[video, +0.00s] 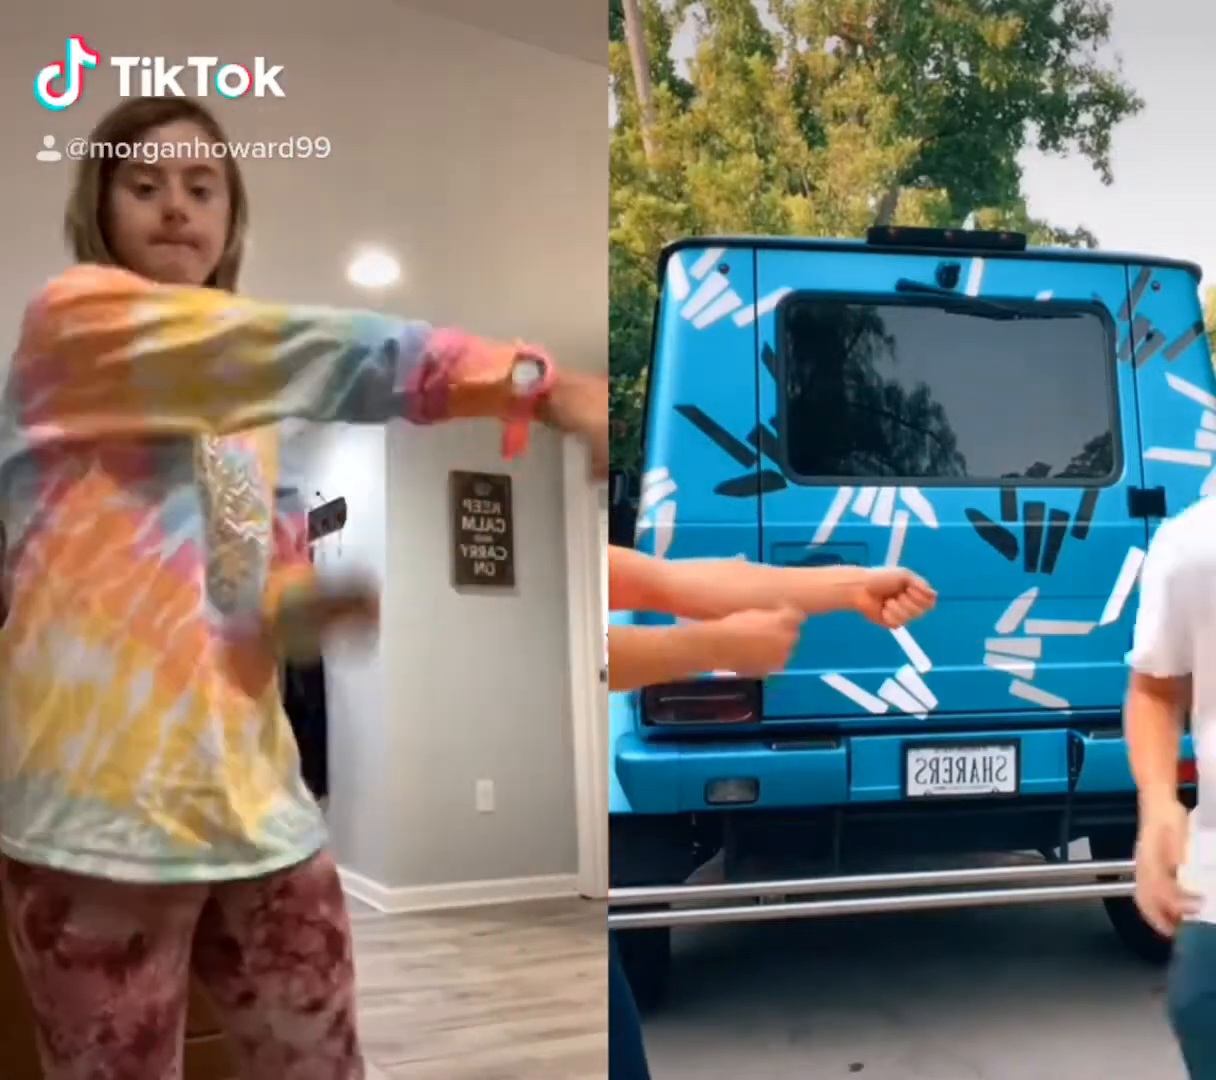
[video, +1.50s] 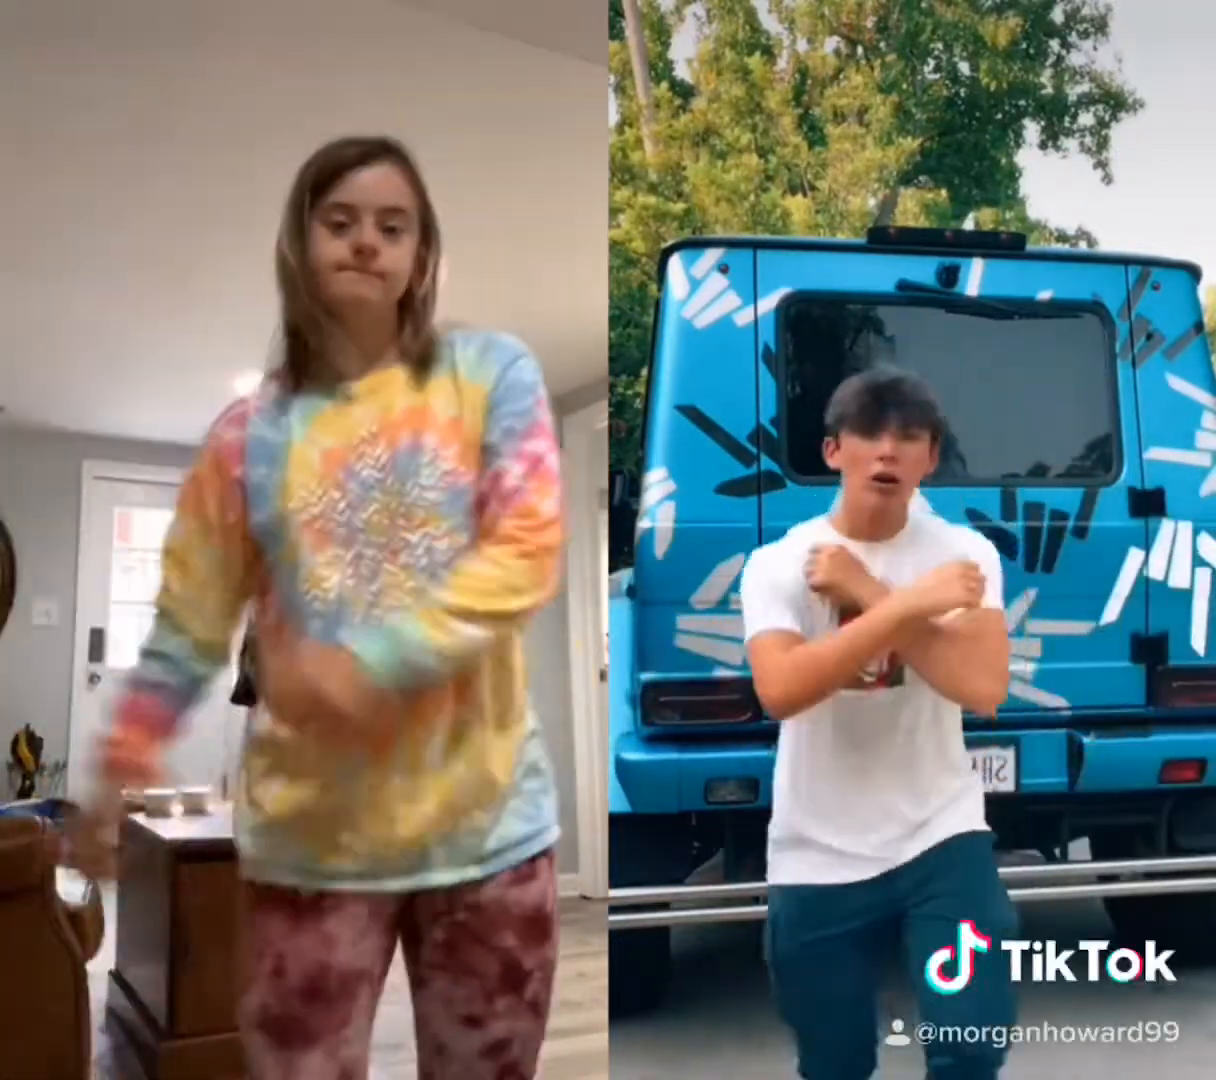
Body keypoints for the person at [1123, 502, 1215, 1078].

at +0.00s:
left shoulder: (1187, 548)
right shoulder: (1187, 546)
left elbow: (1155, 688)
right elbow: (1155, 690)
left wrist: (1159, 806)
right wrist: (1158, 803)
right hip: (1211, 888)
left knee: (1196, 1004)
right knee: (1197, 1004)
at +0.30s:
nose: (1097, 479)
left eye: (1121, 458)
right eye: (1074, 461)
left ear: (1154, 485)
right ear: (1039, 489)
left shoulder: (1201, 624)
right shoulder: (991, 618)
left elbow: (1215, 818)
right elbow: (998, 814)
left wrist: (1142, 931)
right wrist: (1078, 721)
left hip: (1143, 920)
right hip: (1002, 898)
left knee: (1106, 1064)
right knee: (919, 1055)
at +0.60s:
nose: (951, 439)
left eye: (973, 421)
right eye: (933, 419)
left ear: (1007, 440)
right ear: (904, 435)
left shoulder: (1052, 563)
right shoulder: (849, 543)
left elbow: (1036, 744)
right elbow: (825, 670)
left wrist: (881, 722)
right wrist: (966, 585)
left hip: (1002, 861)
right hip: (860, 861)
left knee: (998, 1066)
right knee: (838, 1067)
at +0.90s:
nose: (842, 468)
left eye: (864, 451)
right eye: (846, 451)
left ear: (927, 474)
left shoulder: (1004, 587)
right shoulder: (807, 578)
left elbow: (1061, 711)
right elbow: (794, 700)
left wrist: (999, 789)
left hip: (960, 883)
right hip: (837, 877)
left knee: (938, 1067)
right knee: (834, 1066)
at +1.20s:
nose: (828, 426)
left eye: (853, 410)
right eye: (828, 409)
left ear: (912, 432)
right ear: (821, 418)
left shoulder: (980, 534)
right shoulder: (793, 526)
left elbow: (1011, 644)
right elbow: (763, 656)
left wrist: (1038, 708)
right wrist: (672, 650)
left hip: (948, 814)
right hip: (832, 808)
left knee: (932, 1034)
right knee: (844, 1021)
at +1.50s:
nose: (889, 452)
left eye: (909, 437)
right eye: (871, 435)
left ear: (932, 458)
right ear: (834, 452)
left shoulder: (965, 553)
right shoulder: (780, 563)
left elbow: (985, 685)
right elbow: (780, 687)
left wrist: (870, 594)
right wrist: (912, 605)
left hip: (942, 835)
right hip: (817, 854)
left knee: (972, 1050)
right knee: (833, 1064)